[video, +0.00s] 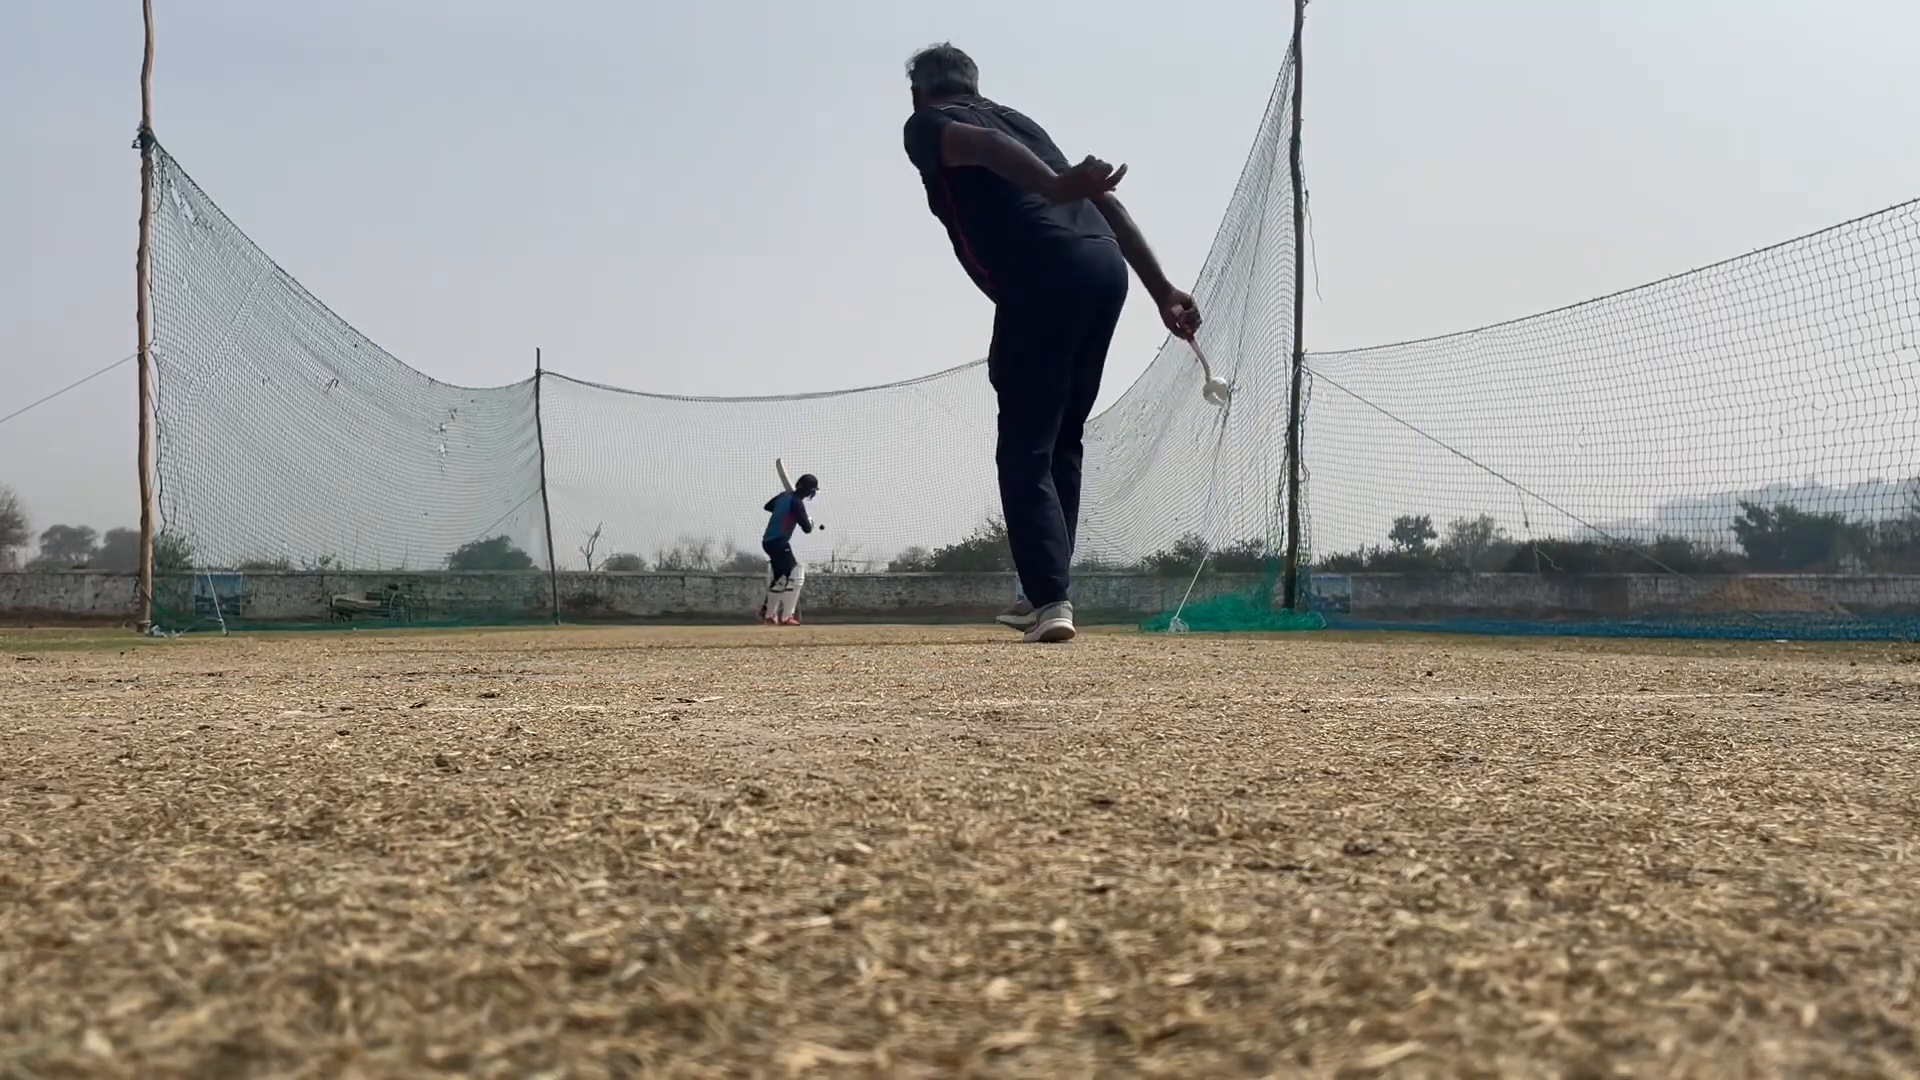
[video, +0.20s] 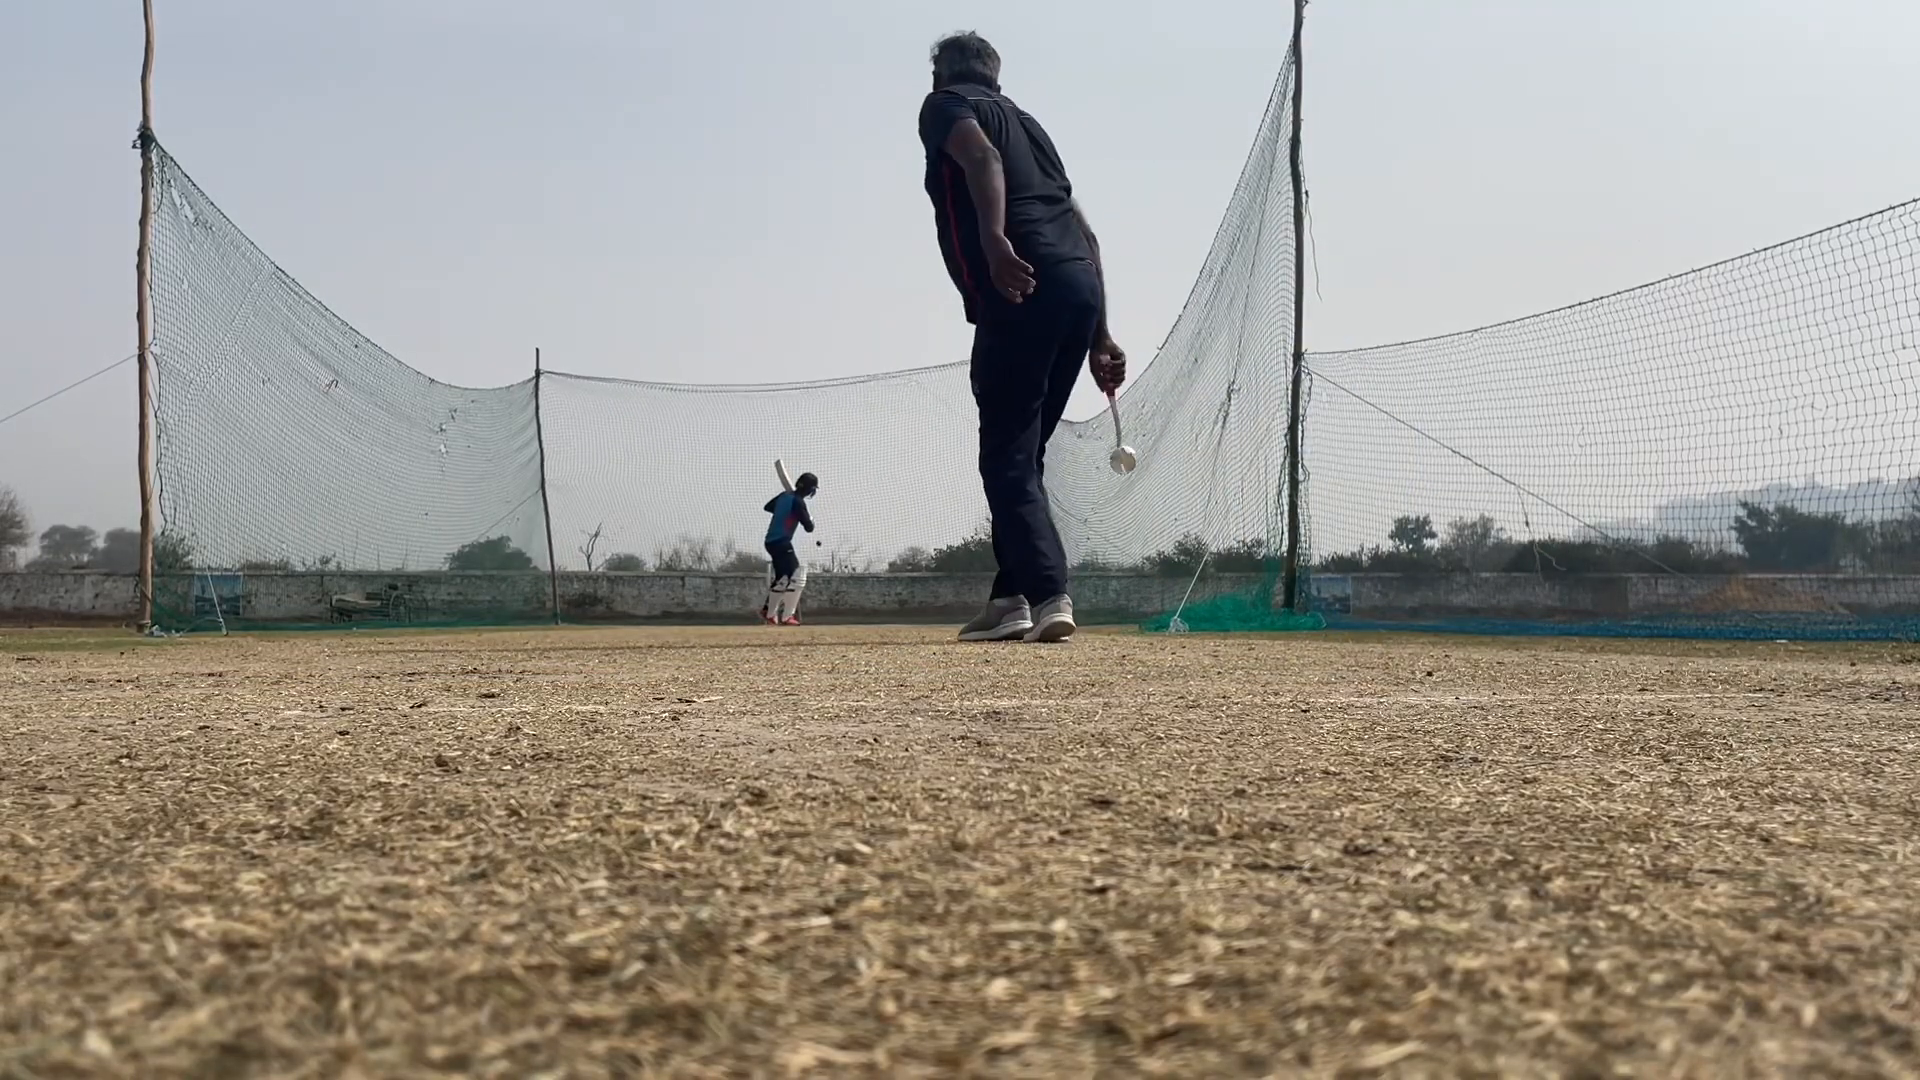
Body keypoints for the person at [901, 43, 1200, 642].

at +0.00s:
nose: (916, 102)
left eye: (915, 94)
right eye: (918, 94)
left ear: (919, 91)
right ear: (974, 86)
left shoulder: (925, 123)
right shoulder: (1022, 124)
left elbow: (986, 146)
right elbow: (1104, 202)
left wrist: (1056, 185)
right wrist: (1162, 288)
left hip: (1042, 275)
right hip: (1105, 270)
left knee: (1024, 447)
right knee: (1064, 440)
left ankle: (1050, 603)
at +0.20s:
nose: (933, 82)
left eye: (934, 73)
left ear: (939, 71)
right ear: (994, 75)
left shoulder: (945, 101)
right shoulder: (1029, 127)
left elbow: (983, 158)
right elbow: (1079, 231)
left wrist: (995, 244)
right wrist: (1099, 331)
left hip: (1022, 290)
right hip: (1079, 289)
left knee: (1006, 453)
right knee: (1022, 451)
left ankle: (1049, 598)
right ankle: (1008, 599)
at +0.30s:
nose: (940, 79)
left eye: (942, 70)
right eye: (945, 70)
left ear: (948, 67)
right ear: (1004, 74)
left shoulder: (950, 99)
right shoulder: (1029, 121)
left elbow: (972, 181)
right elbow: (1045, 207)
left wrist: (932, 285)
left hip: (1013, 291)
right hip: (1068, 290)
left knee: (997, 452)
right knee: (1015, 450)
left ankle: (1047, 593)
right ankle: (1009, 599)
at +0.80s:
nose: (983, 43)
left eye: (983, 34)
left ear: (982, 37)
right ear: (1043, 46)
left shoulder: (962, 85)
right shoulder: (1075, 113)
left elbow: (944, 188)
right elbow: (1106, 228)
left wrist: (913, 278)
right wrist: (1077, 299)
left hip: (991, 297)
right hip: (1060, 298)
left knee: (994, 441)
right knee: (1022, 442)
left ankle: (1035, 591)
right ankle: (1004, 597)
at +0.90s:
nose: (989, 37)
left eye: (989, 29)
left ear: (988, 33)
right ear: (1048, 41)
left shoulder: (964, 81)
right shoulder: (1082, 104)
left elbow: (946, 185)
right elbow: (1119, 219)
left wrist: (918, 288)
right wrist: (1113, 313)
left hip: (995, 290)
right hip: (1066, 291)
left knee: (1008, 441)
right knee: (1030, 435)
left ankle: (1040, 604)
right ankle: (1008, 596)